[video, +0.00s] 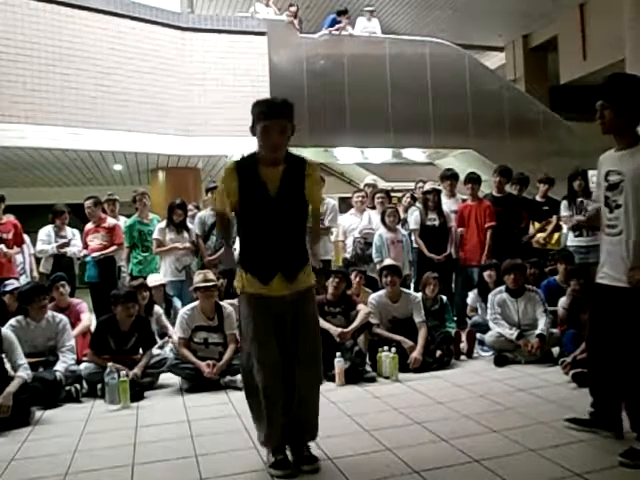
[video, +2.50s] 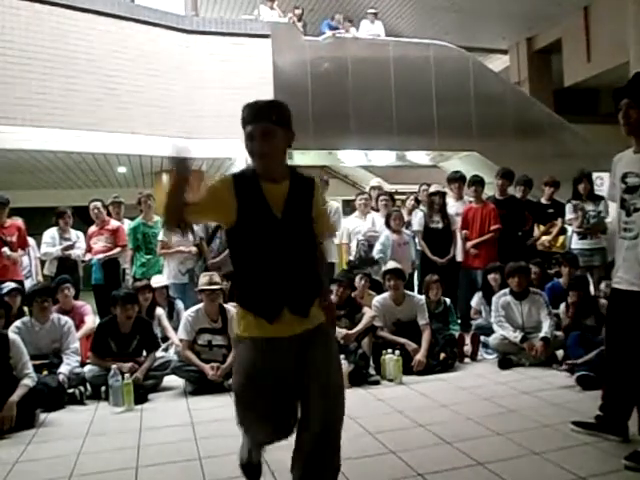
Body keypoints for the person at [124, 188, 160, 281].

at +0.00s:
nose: (143, 202)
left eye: (145, 199)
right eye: (139, 200)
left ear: (149, 201)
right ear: (135, 204)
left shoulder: (156, 220)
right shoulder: (130, 224)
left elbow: (161, 242)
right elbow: (127, 247)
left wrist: (164, 263)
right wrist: (125, 268)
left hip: (155, 266)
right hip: (138, 267)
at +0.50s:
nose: (147, 204)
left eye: (149, 201)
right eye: (143, 202)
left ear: (153, 204)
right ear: (139, 206)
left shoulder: (160, 222)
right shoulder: (134, 226)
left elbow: (164, 245)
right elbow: (130, 249)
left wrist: (167, 267)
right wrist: (129, 271)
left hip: (159, 268)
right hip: (141, 269)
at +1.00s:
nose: (147, 204)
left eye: (149, 201)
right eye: (143, 202)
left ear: (154, 204)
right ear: (139, 206)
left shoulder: (161, 222)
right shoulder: (134, 226)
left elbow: (165, 245)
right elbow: (130, 249)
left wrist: (167, 267)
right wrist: (129, 271)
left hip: (159, 268)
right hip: (141, 269)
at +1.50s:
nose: (147, 204)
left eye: (148, 201)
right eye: (143, 202)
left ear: (153, 203)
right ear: (138, 206)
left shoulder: (160, 222)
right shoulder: (133, 226)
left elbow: (164, 244)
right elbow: (130, 249)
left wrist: (167, 266)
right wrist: (129, 269)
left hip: (158, 267)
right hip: (140, 269)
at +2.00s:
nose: (147, 204)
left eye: (148, 200)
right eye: (143, 202)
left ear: (153, 203)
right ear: (139, 206)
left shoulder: (160, 222)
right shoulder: (134, 226)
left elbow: (164, 244)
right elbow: (130, 249)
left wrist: (167, 266)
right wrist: (129, 270)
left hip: (158, 268)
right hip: (140, 269)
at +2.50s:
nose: (148, 204)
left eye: (150, 200)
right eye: (145, 202)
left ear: (154, 203)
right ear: (140, 206)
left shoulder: (160, 222)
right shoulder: (134, 226)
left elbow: (164, 244)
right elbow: (131, 249)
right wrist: (129, 269)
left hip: (159, 268)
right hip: (141, 269)